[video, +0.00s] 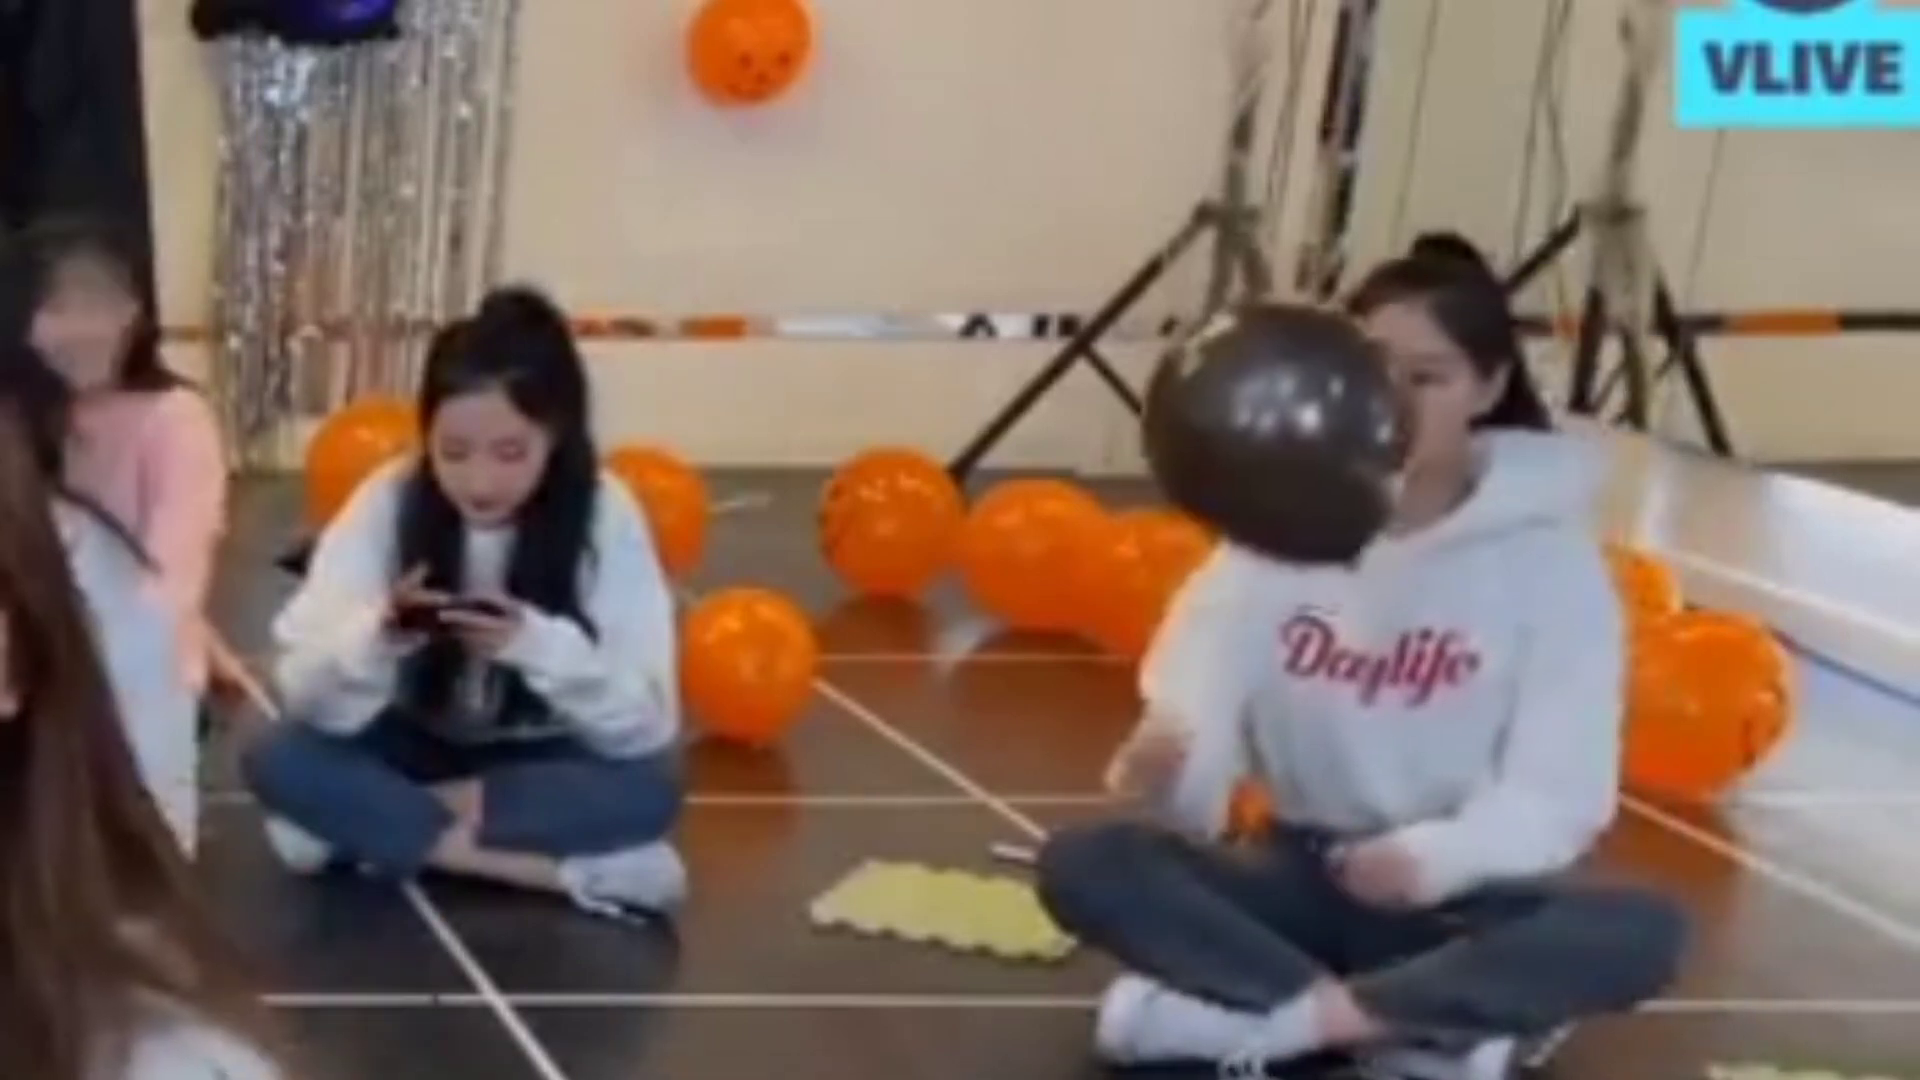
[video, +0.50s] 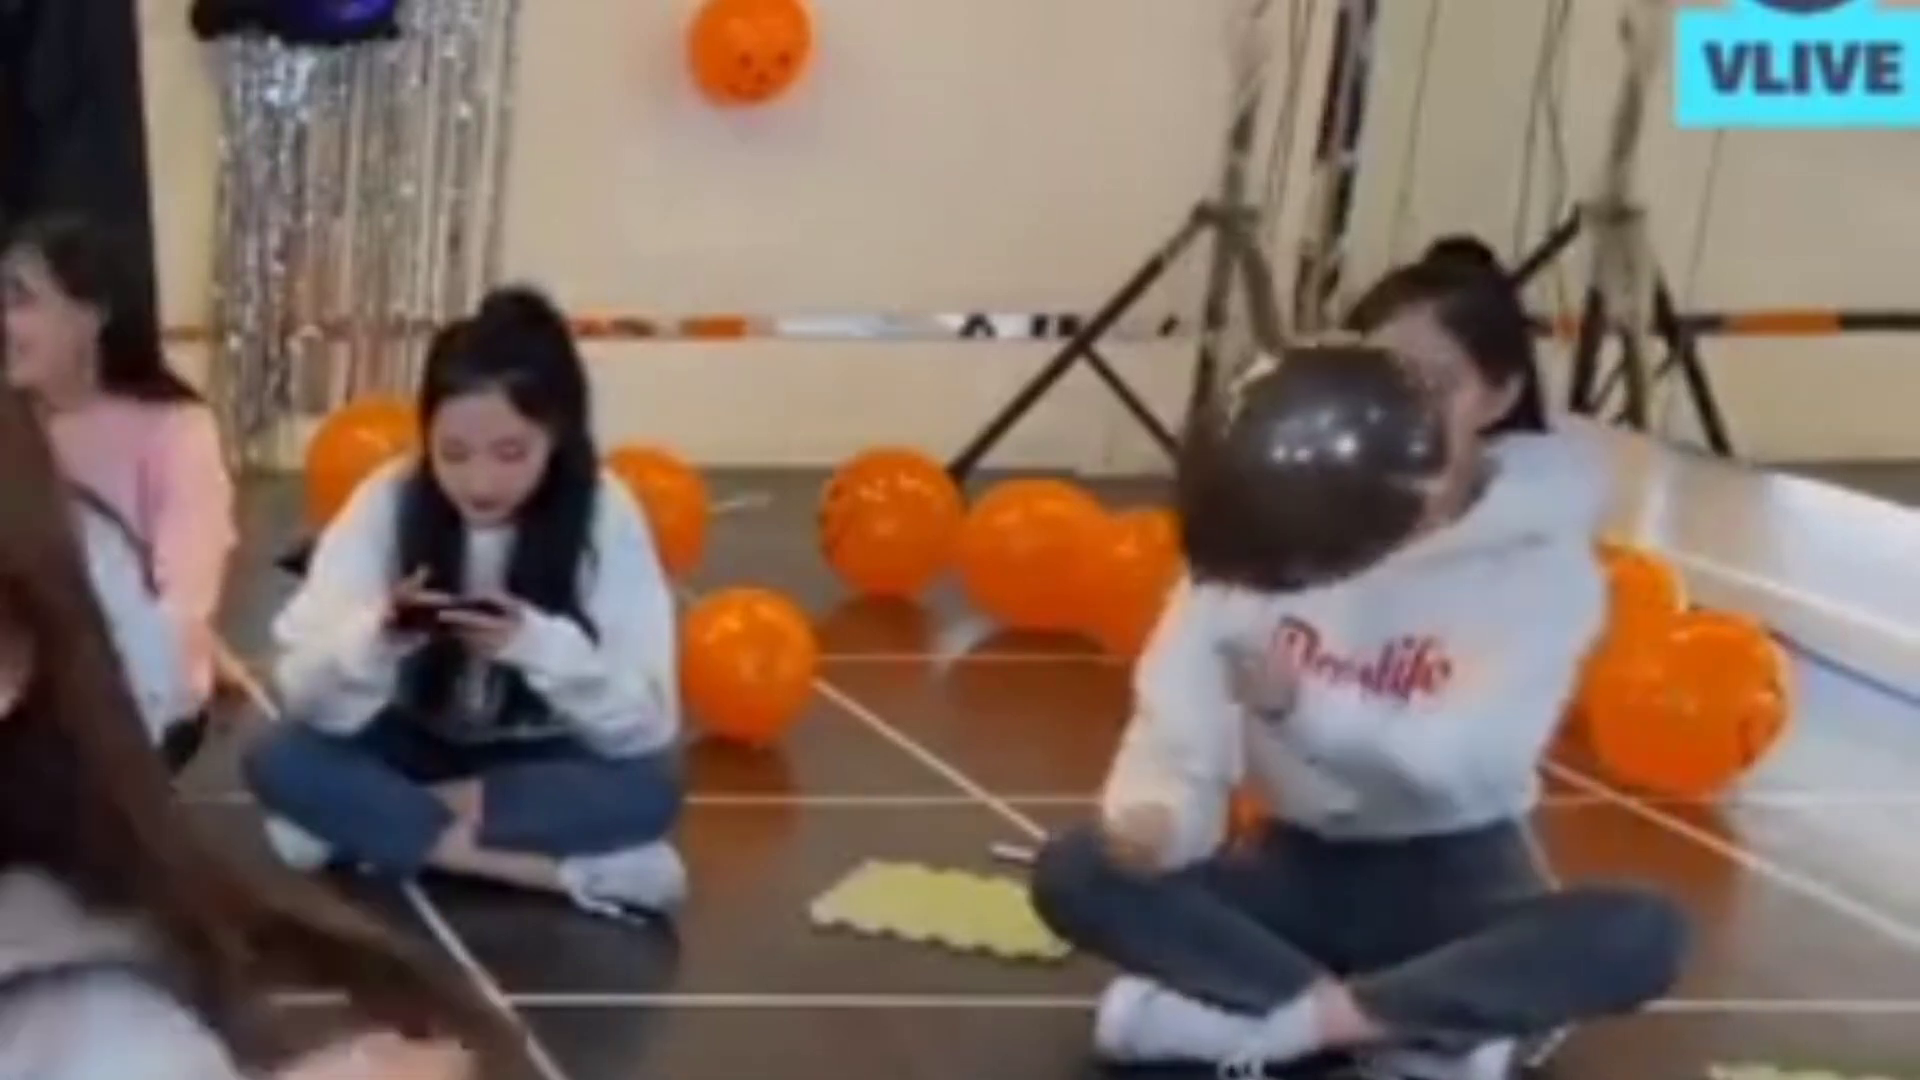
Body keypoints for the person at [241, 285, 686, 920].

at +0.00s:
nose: (479, 483)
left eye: (510, 455)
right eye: (454, 454)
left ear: (558, 440)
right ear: (425, 438)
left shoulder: (603, 515)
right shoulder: (388, 501)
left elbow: (645, 724)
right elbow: (308, 699)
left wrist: (531, 644)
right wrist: (383, 638)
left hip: (545, 743)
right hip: (409, 735)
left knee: (648, 791)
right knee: (275, 757)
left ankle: (367, 837)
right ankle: (550, 877)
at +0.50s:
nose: (480, 484)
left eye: (510, 456)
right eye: (454, 455)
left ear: (558, 440)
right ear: (425, 438)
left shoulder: (603, 515)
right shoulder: (387, 501)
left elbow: (645, 724)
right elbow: (307, 700)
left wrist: (532, 644)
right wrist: (383, 639)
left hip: (545, 743)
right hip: (408, 735)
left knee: (648, 790)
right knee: (277, 759)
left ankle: (366, 837)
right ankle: (549, 877)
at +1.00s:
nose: (481, 483)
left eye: (512, 457)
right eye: (456, 455)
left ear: (559, 442)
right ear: (426, 438)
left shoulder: (603, 514)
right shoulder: (389, 502)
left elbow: (646, 724)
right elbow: (306, 699)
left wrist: (533, 644)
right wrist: (382, 637)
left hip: (544, 744)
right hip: (408, 736)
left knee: (649, 792)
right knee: (279, 758)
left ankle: (364, 838)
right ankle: (549, 877)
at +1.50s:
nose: (483, 485)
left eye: (513, 457)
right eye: (457, 456)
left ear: (558, 442)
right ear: (427, 440)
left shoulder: (605, 515)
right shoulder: (390, 502)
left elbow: (646, 725)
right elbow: (304, 699)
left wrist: (535, 646)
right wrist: (382, 641)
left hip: (543, 744)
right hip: (407, 736)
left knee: (647, 793)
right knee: (296, 768)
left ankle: (375, 835)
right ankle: (550, 877)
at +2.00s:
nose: (481, 486)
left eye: (512, 459)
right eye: (457, 457)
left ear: (559, 445)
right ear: (426, 440)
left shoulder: (605, 513)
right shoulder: (388, 502)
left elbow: (644, 724)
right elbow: (305, 699)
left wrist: (529, 643)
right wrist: (386, 645)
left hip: (543, 745)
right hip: (410, 740)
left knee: (647, 790)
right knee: (276, 762)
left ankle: (367, 838)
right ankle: (550, 878)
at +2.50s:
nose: (482, 487)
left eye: (512, 459)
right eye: (457, 458)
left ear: (559, 445)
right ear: (426, 440)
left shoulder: (603, 513)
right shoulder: (389, 501)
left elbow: (644, 724)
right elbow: (305, 698)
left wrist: (529, 643)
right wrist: (383, 647)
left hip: (542, 744)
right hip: (409, 739)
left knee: (647, 789)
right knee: (276, 761)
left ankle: (367, 839)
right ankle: (550, 877)